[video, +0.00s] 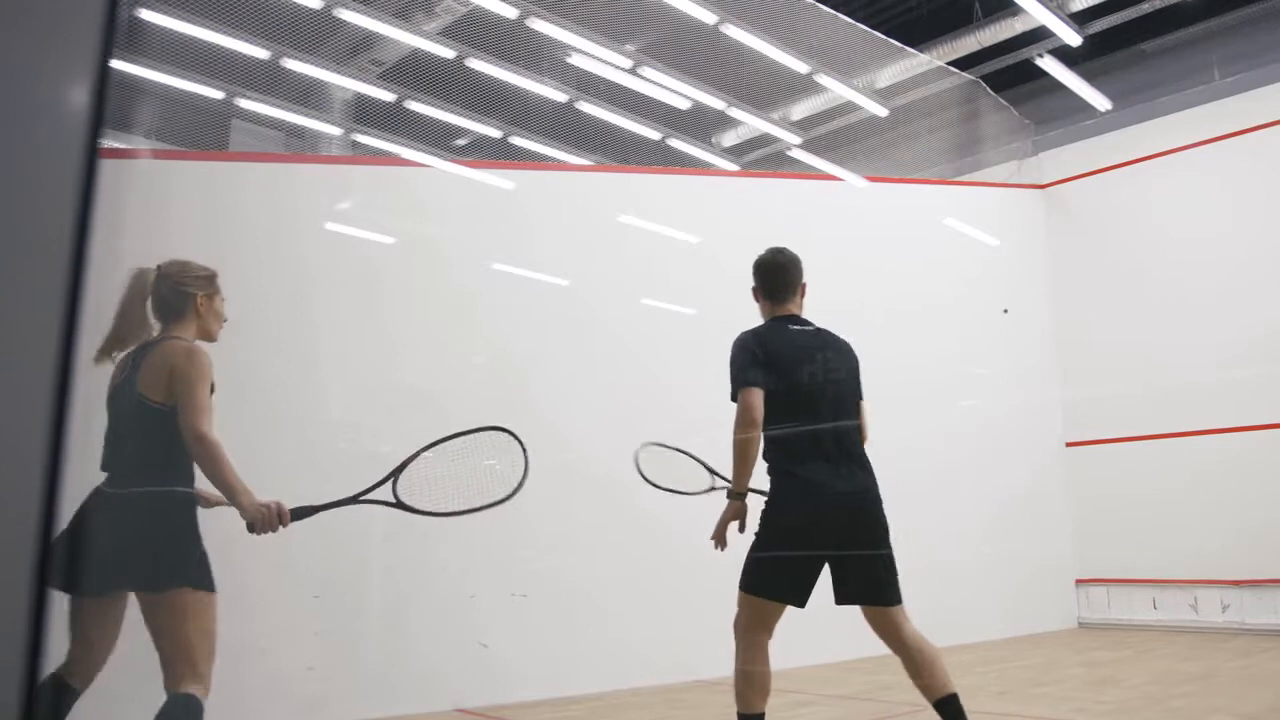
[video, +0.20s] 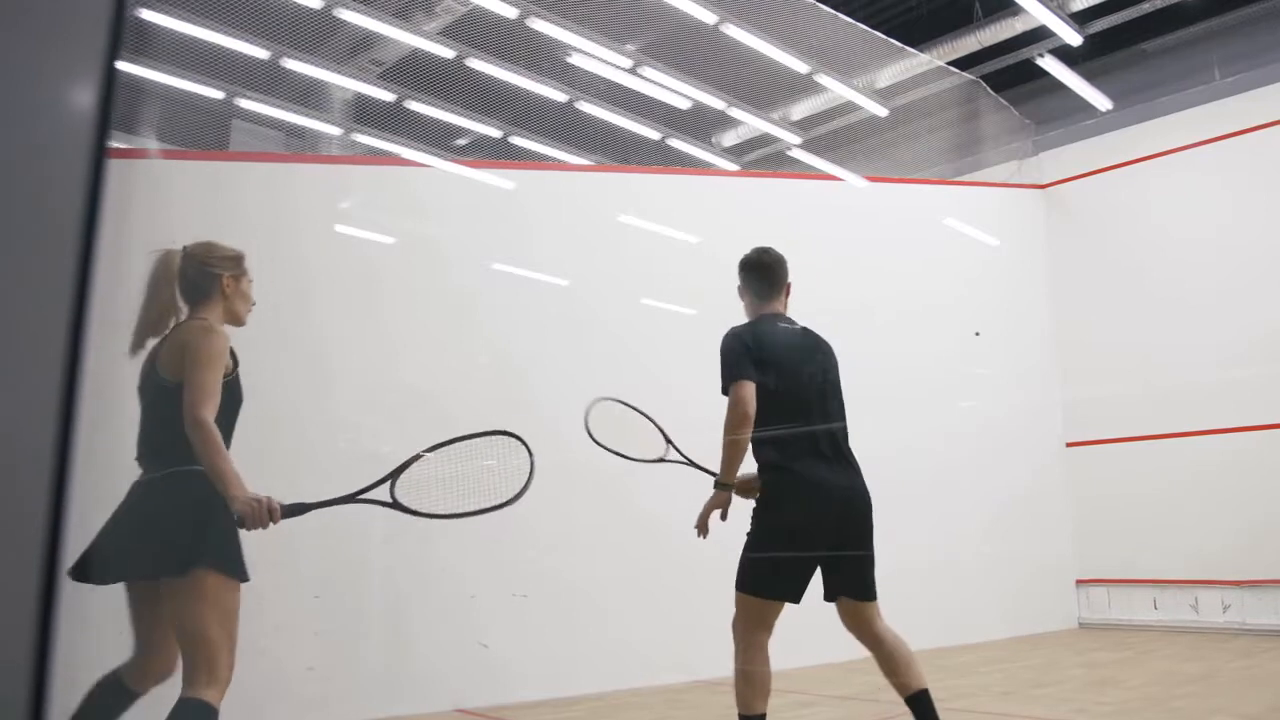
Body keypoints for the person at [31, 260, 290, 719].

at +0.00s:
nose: (225, 311)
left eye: (223, 300)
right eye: (219, 300)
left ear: (173, 305)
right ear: (198, 303)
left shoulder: (129, 361)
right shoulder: (190, 355)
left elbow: (131, 457)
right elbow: (198, 435)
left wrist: (192, 493)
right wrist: (248, 502)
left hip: (104, 519)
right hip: (162, 523)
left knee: (80, 664)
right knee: (189, 683)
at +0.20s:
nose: (253, 295)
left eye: (251, 284)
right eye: (248, 284)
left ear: (199, 288)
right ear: (227, 285)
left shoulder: (164, 347)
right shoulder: (210, 337)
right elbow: (200, 420)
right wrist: (239, 494)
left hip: (147, 508)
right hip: (194, 508)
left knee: (152, 662)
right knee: (208, 677)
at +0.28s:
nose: (265, 287)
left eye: (263, 276)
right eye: (261, 276)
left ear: (217, 280)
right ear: (239, 277)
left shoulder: (187, 334)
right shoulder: (216, 330)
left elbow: (191, 438)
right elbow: (199, 415)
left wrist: (245, 492)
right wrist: (237, 489)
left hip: (170, 504)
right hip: (202, 508)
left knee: (182, 669)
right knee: (208, 680)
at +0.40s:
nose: (284, 274)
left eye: (281, 263)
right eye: (278, 263)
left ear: (245, 266)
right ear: (257, 265)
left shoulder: (231, 325)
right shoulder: (222, 318)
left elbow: (216, 426)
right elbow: (201, 406)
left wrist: (258, 483)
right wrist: (239, 487)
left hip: (222, 502)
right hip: (205, 502)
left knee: (244, 661)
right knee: (203, 676)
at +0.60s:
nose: (316, 264)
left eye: (314, 252)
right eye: (310, 251)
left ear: (277, 254)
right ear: (287, 252)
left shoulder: (263, 319)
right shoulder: (241, 308)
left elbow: (252, 428)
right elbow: (216, 402)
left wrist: (302, 477)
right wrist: (260, 481)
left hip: (264, 506)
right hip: (228, 504)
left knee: (313, 651)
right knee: (201, 678)